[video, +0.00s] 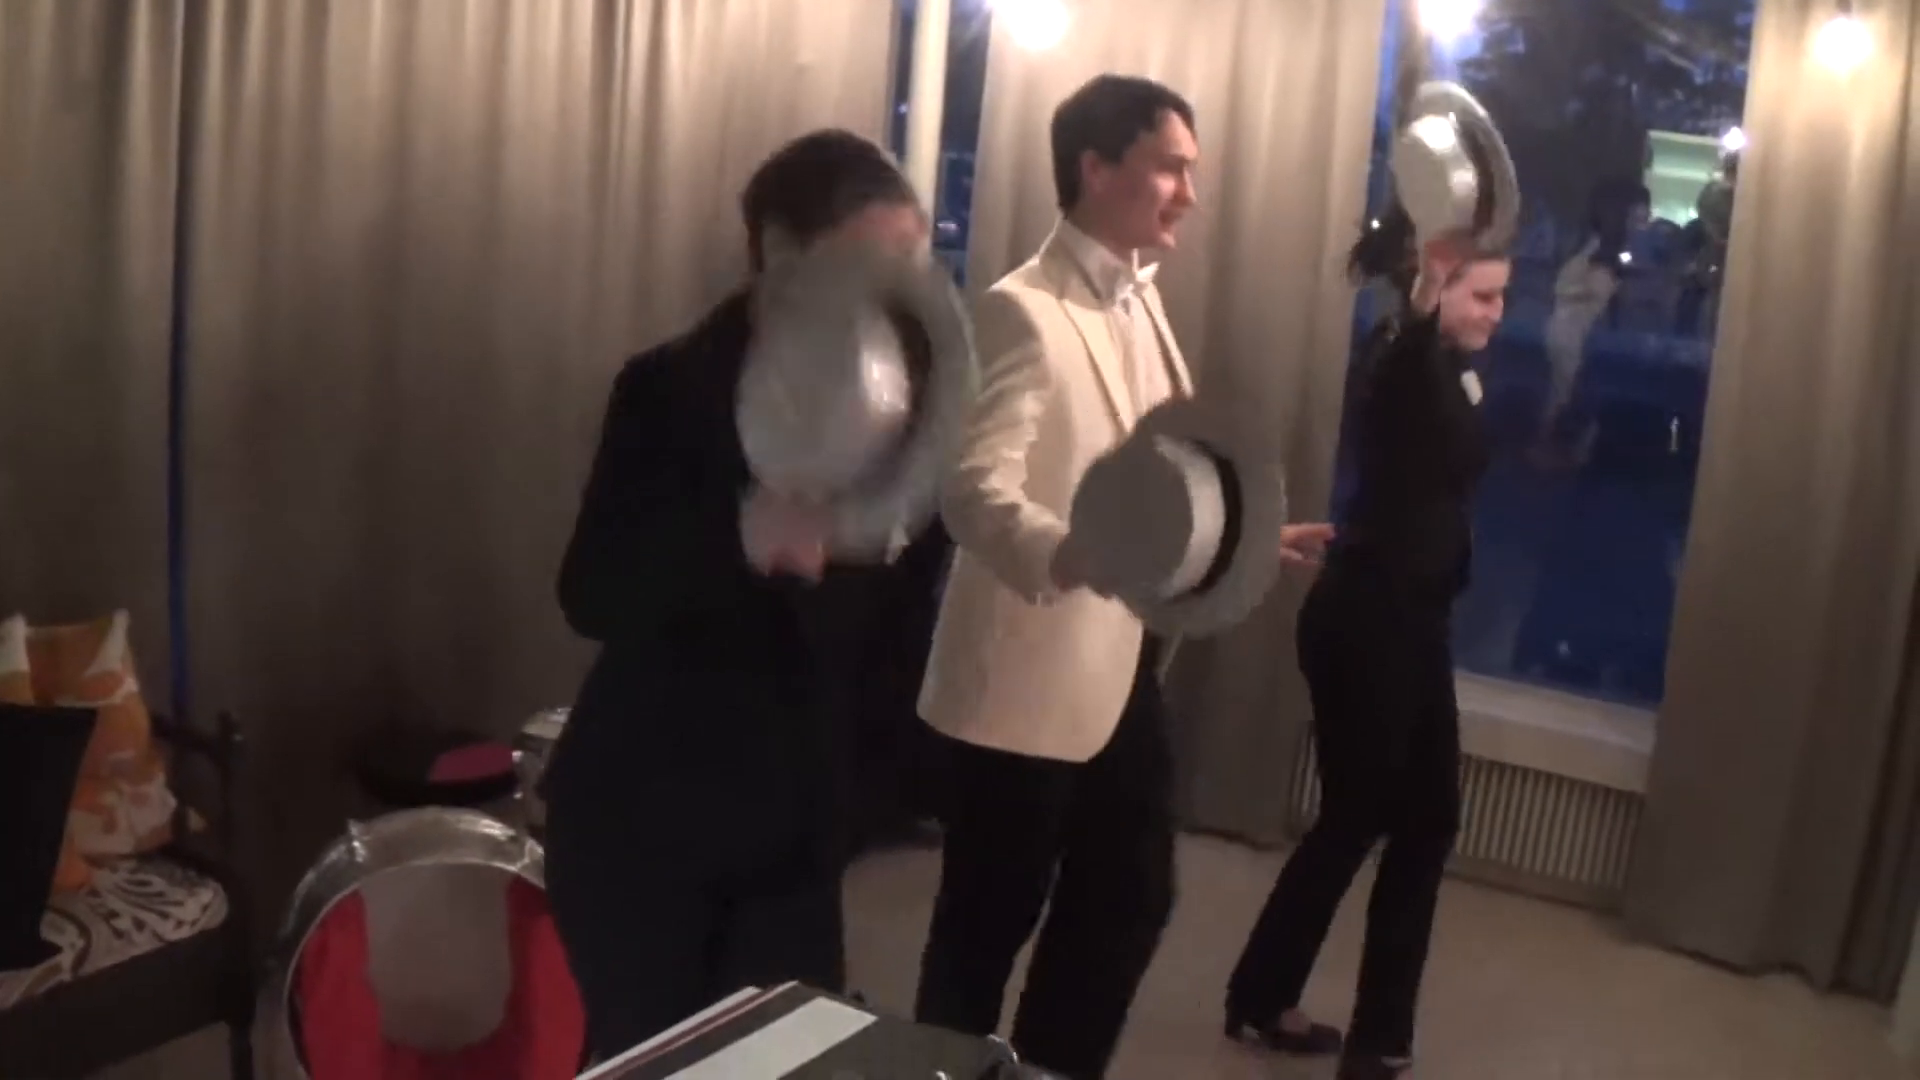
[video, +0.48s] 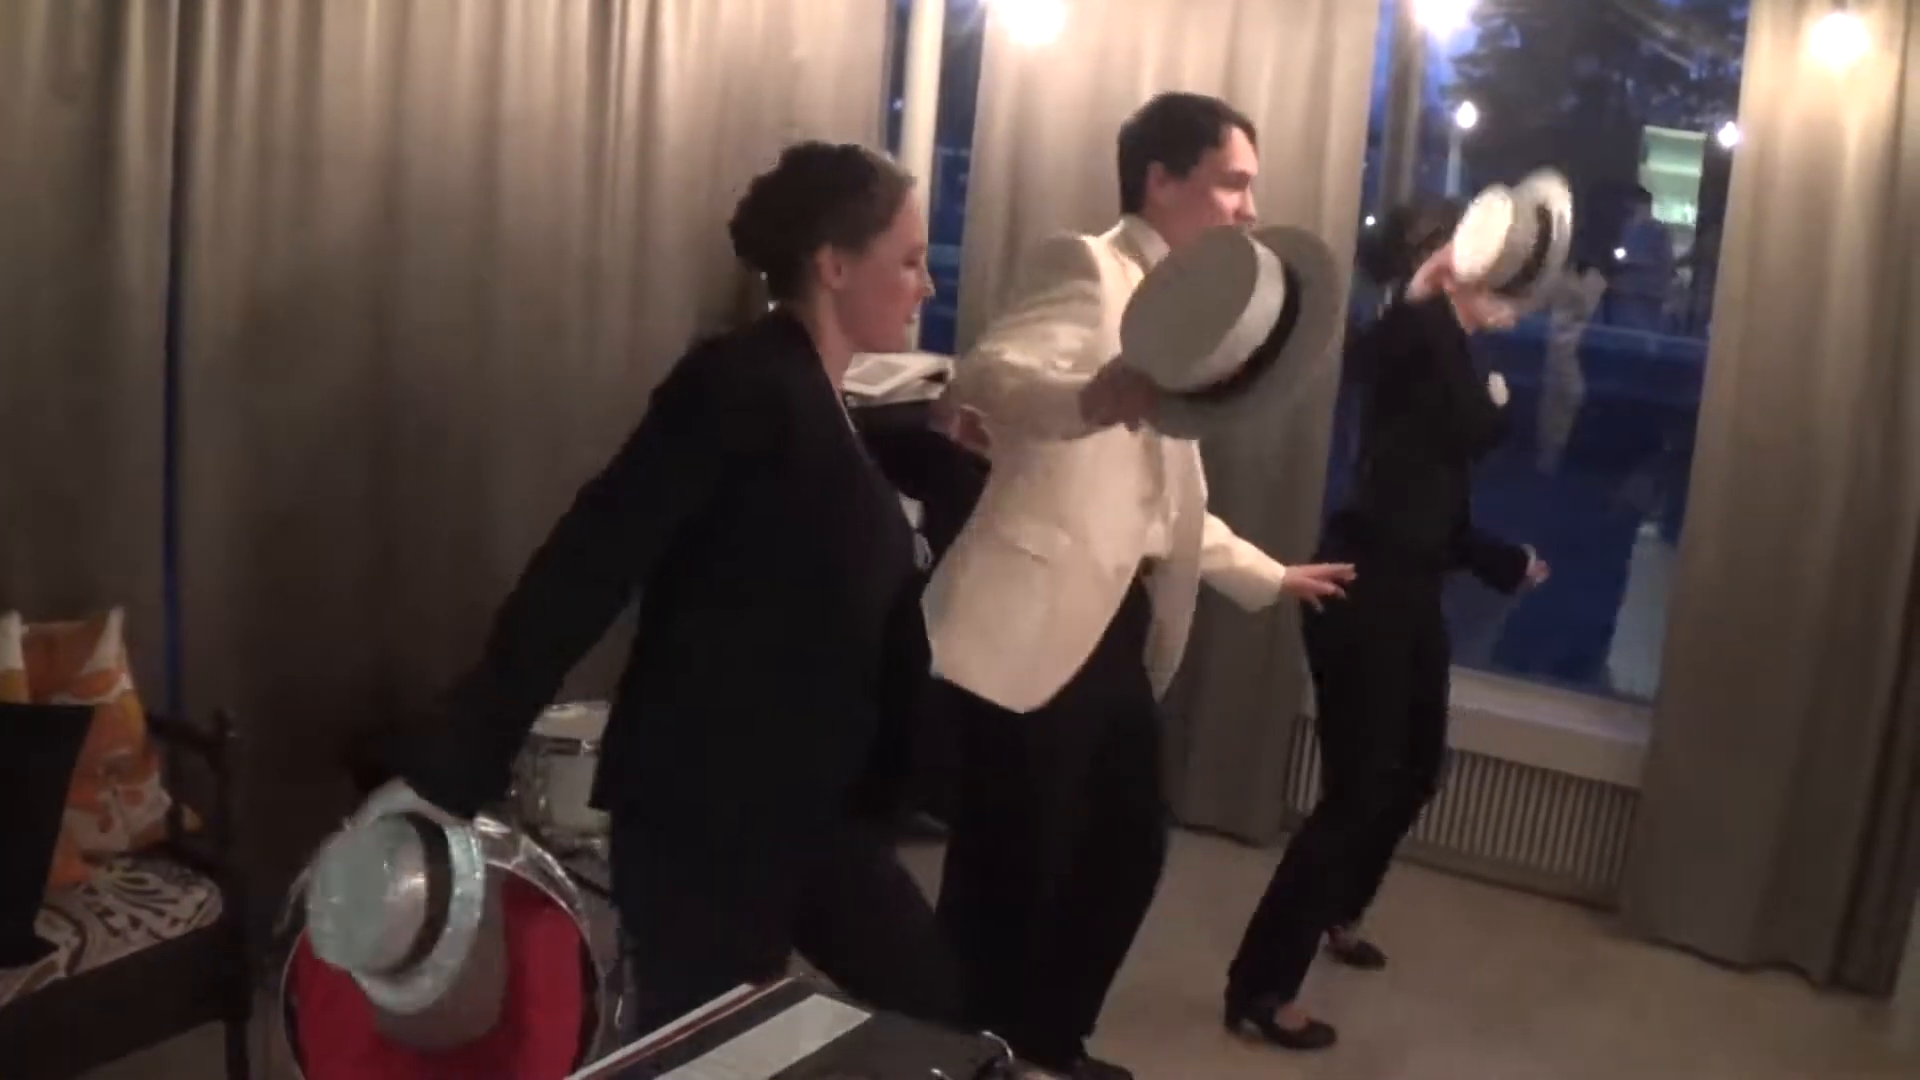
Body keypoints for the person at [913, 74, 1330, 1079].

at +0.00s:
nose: (1188, 194)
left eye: (1191, 173)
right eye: (1168, 170)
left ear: (1124, 177)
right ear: (1093, 171)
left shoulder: (1139, 304)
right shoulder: (1016, 311)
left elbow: (1151, 479)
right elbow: (977, 485)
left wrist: (1254, 538)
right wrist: (1066, 555)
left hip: (1115, 669)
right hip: (1021, 678)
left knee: (1125, 900)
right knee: (992, 903)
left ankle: (1054, 1071)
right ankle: (948, 1072)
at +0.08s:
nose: (1191, 190)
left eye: (1194, 169)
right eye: (1170, 166)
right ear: (1095, 168)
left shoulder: (1137, 306)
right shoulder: (1021, 307)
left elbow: (1148, 489)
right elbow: (978, 489)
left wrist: (1250, 542)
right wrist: (1053, 581)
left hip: (1118, 677)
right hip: (1024, 683)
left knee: (1179, 876)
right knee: (995, 916)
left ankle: (1087, 1068)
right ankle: (957, 1073)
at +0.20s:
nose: (1208, 212)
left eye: (1211, 190)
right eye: (1190, 186)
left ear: (1134, 192)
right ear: (1116, 185)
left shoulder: (1128, 322)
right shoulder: (1037, 308)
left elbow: (1137, 511)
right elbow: (970, 483)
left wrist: (1264, 565)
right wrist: (1064, 579)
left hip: (1100, 672)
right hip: (1019, 683)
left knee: (1221, 827)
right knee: (1013, 943)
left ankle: (1071, 1056)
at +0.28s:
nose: (1220, 211)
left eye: (1223, 190)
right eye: (1203, 187)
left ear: (1159, 192)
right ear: (1129, 184)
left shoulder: (1131, 310)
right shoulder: (1054, 291)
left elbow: (1138, 508)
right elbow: (970, 440)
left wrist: (1267, 576)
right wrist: (1077, 506)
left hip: (1092, 642)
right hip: (1014, 651)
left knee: (1210, 806)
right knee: (1013, 910)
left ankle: (1073, 1012)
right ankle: (982, 1053)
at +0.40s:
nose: (1241, 206)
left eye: (1244, 186)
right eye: (1224, 182)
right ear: (1152, 179)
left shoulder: (1169, 302)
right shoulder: (1084, 266)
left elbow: (1155, 508)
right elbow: (983, 369)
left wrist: (1271, 579)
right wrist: (1087, 401)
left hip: (1107, 618)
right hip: (1019, 614)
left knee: (1166, 820)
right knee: (1004, 851)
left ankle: (1059, 1022)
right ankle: (968, 1034)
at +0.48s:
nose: (1247, 208)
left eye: (1251, 188)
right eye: (1230, 184)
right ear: (1158, 182)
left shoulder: (1170, 305)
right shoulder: (1087, 274)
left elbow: (1161, 502)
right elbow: (984, 375)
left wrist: (1272, 576)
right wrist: (1093, 399)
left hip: (1108, 621)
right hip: (1025, 616)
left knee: (1126, 843)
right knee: (1014, 846)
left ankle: (1052, 1041)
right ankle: (971, 1041)